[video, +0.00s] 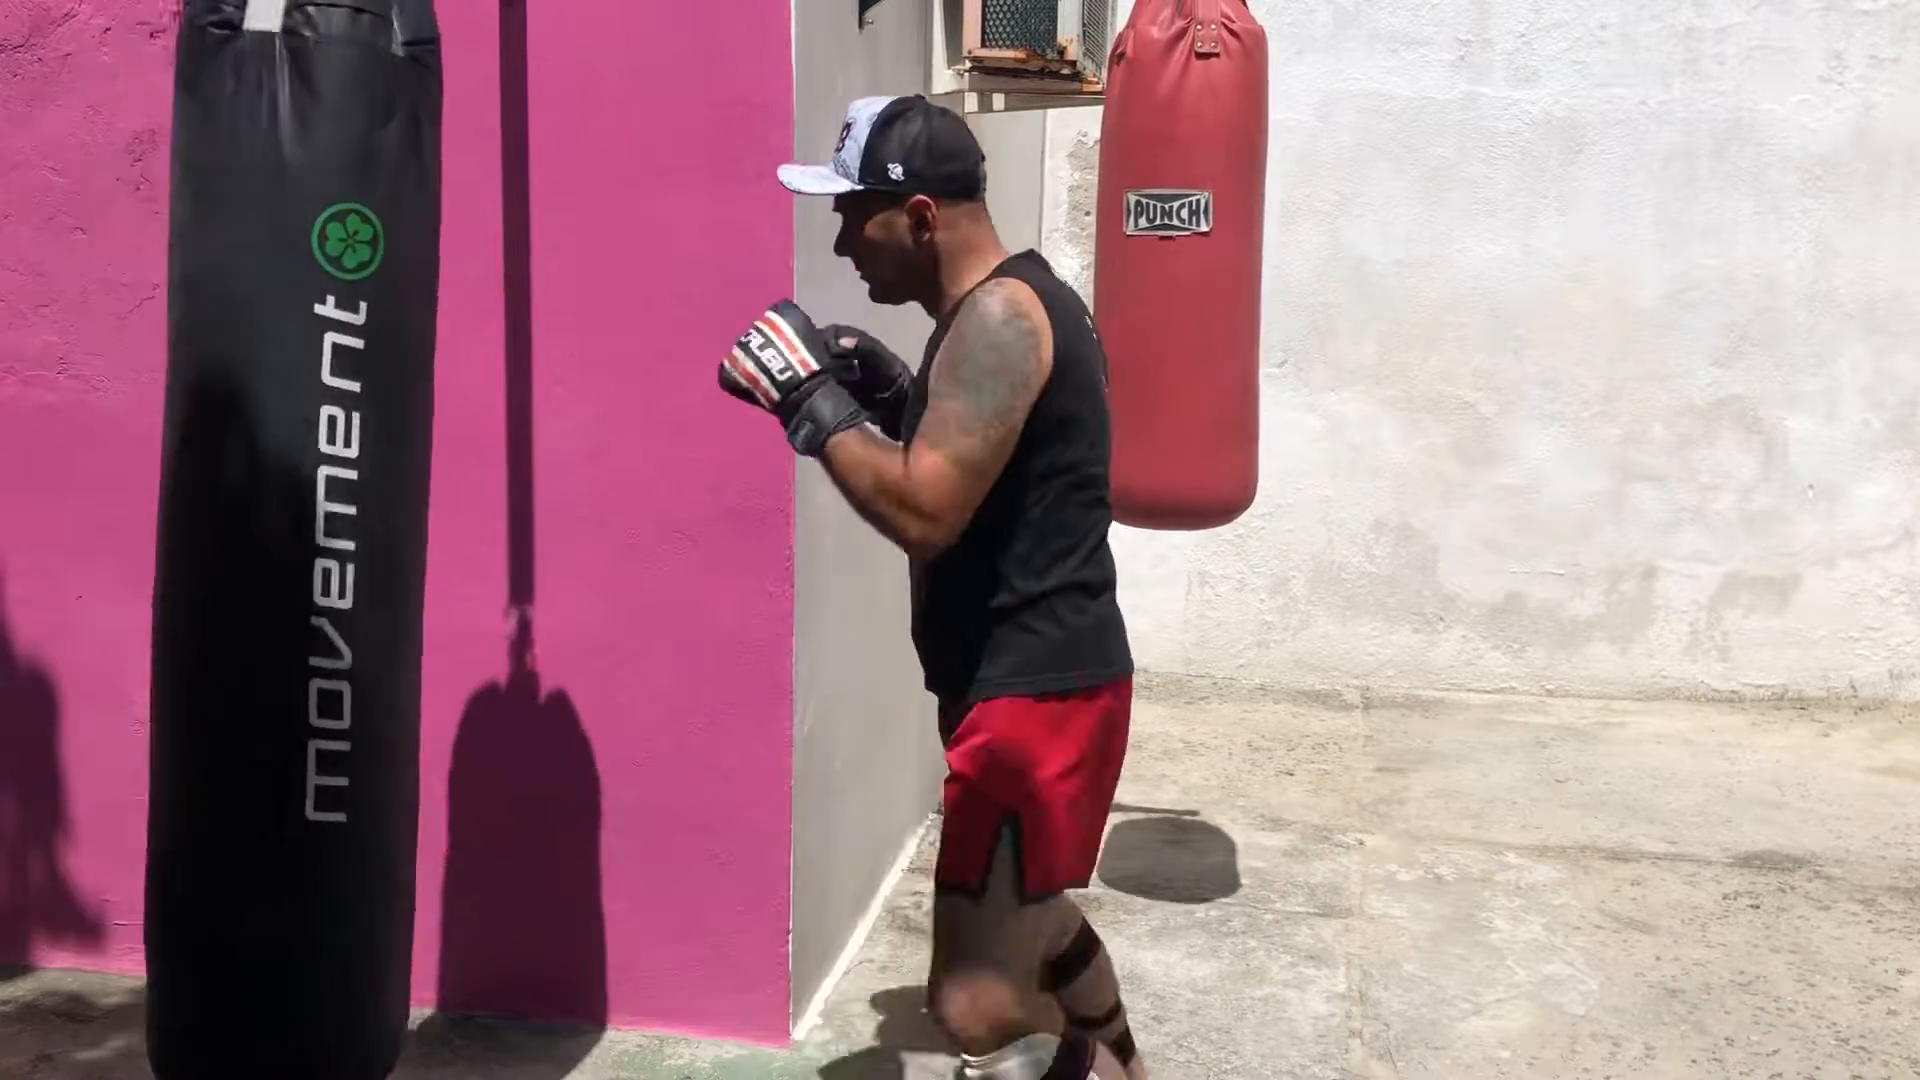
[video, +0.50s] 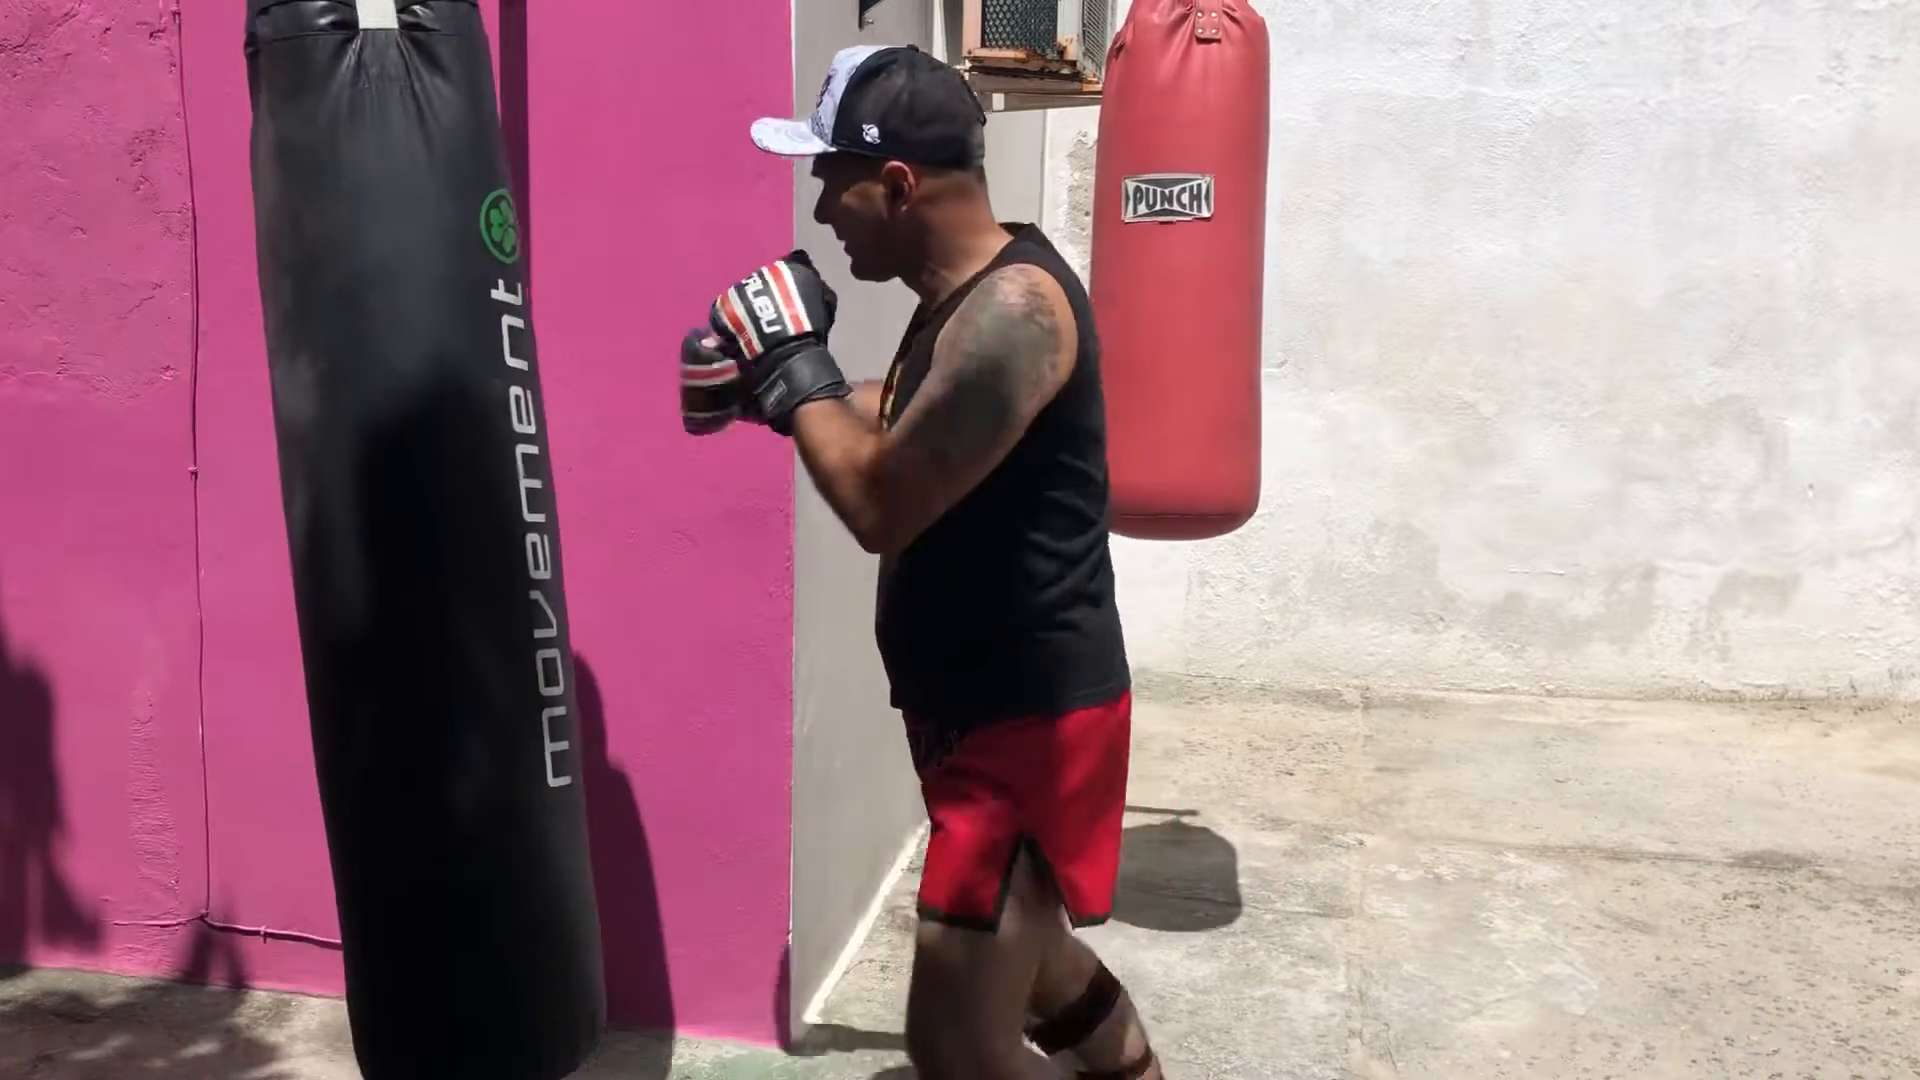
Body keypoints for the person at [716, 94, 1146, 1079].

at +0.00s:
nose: (842, 242)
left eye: (854, 216)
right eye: (842, 217)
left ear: (922, 214)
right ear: (936, 211)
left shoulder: (998, 317)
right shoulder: (1017, 299)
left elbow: (923, 518)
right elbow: (984, 486)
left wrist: (814, 409)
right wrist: (900, 404)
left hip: (1030, 686)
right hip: (1034, 673)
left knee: (973, 1007)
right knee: (1040, 924)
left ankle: (1080, 1033)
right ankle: (1114, 1061)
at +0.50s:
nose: (820, 206)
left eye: (831, 181)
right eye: (821, 181)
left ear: (902, 185)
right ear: (911, 185)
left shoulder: (1011, 312)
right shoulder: (965, 292)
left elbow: (883, 510)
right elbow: (895, 418)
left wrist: (801, 370)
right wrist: (772, 393)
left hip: (1025, 719)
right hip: (974, 707)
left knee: (961, 1041)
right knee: (1047, 978)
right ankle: (1136, 1072)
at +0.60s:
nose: (788, 214)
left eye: (796, 188)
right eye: (789, 188)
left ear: (859, 193)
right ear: (878, 189)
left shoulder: (957, 314)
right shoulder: (942, 302)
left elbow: (783, 503)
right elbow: (990, 547)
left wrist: (743, 346)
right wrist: (866, 622)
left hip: (985, 749)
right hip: (907, 731)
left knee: (925, 1056)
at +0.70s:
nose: (724, 215)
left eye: (734, 193)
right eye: (725, 192)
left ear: (791, 208)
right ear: (873, 199)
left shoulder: (863, 346)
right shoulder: (969, 305)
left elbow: (726, 553)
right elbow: (1063, 482)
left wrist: (672, 399)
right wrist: (1085, 602)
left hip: (920, 768)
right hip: (835, 738)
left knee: (893, 1057)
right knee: (722, 929)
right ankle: (843, 1057)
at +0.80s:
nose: (674, 208)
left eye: (681, 188)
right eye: (674, 186)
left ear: (733, 201)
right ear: (822, 181)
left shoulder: (825, 359)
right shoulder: (905, 265)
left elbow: (744, 584)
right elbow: (1030, 406)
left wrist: (620, 465)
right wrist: (1071, 469)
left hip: (887, 749)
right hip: (791, 717)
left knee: (887, 1051)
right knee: (688, 922)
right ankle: (721, 1074)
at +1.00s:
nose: (570, 192)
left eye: (577, 176)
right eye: (570, 173)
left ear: (627, 193)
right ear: (708, 166)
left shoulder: (730, 334)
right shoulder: (760, 241)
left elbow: (641, 556)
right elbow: (755, 388)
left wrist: (494, 456)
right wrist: (625, 363)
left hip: (771, 697)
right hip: (697, 675)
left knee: (742, 1019)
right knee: (637, 898)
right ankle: (655, 1064)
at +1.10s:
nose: (557, 185)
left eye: (564, 165)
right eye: (556, 164)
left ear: (616, 172)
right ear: (692, 156)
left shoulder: (618, 305)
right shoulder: (803, 267)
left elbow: (440, 401)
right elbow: (886, 452)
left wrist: (392, 280)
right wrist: (780, 548)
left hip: (720, 689)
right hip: (782, 657)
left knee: (736, 1029)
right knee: (611, 908)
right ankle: (664, 1061)